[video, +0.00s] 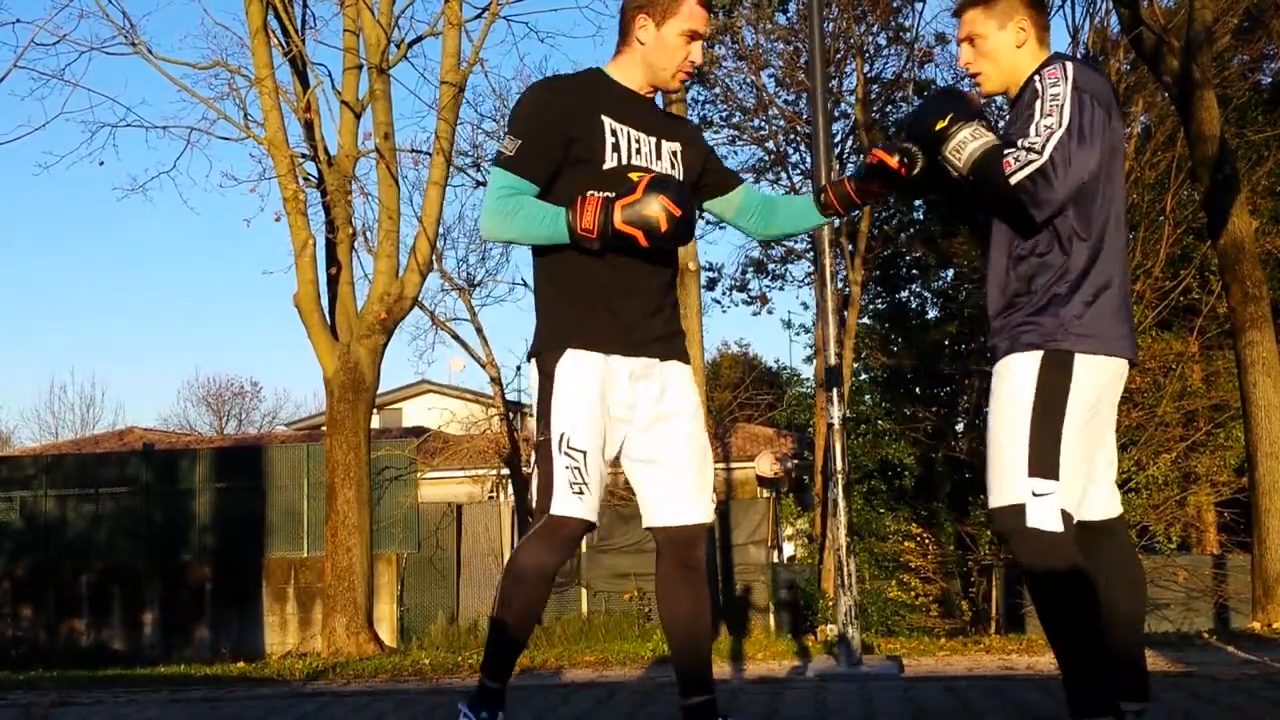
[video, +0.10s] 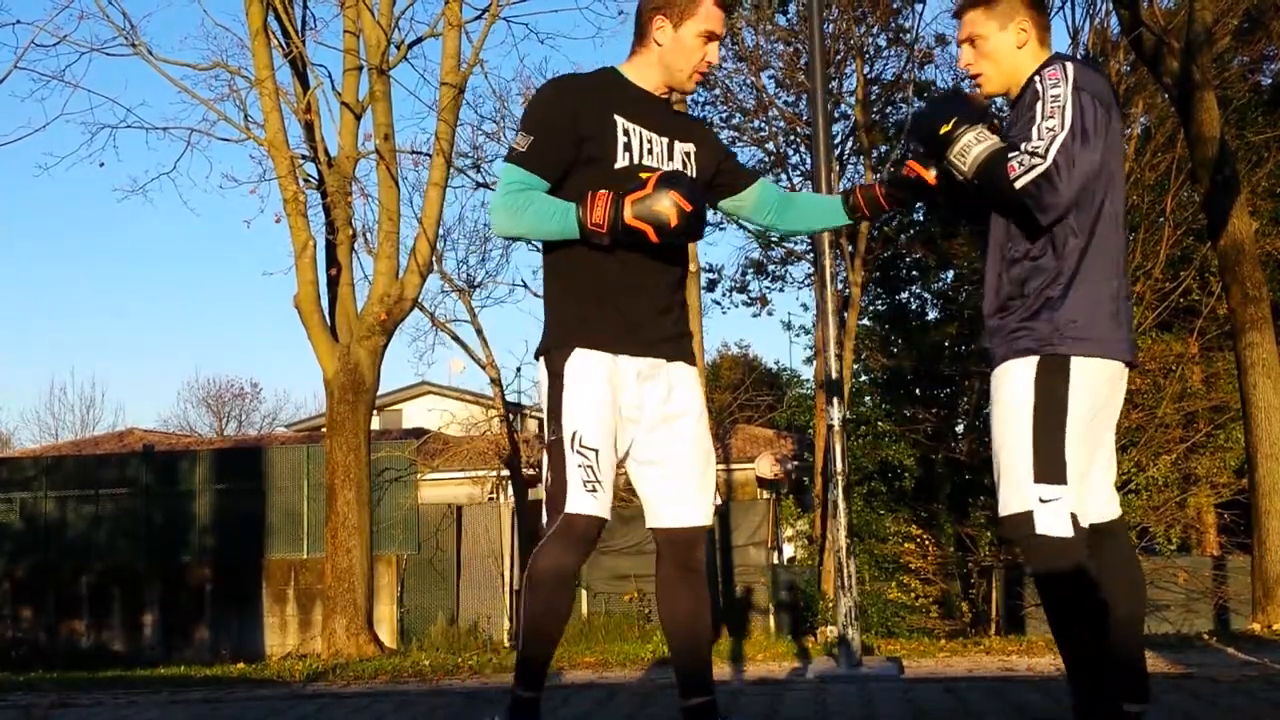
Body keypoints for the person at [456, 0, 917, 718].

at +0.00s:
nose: (700, 54)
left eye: (704, 41)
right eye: (692, 37)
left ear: (666, 38)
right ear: (644, 27)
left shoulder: (681, 136)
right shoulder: (556, 100)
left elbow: (759, 212)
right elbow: (498, 214)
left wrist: (846, 194)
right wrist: (596, 215)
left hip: (663, 353)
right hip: (579, 348)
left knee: (684, 526)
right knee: (565, 519)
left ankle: (698, 708)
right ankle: (486, 699)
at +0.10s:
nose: (714, 57)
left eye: (718, 43)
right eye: (707, 38)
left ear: (682, 38)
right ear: (659, 27)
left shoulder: (695, 139)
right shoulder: (571, 98)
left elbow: (774, 208)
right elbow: (508, 208)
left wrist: (878, 195)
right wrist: (609, 210)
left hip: (671, 358)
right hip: (585, 352)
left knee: (684, 531)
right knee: (578, 521)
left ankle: (699, 709)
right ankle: (525, 703)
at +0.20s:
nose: (722, 53)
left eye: (726, 39)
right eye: (714, 35)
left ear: (679, 33)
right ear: (666, 28)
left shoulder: (702, 136)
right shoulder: (575, 96)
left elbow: (788, 201)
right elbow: (517, 208)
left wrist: (895, 197)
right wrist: (629, 204)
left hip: (672, 353)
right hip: (588, 346)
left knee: (687, 528)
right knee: (581, 519)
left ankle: (699, 708)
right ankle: (519, 701)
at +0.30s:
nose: (716, 50)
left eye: (719, 36)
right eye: (709, 32)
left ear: (678, 29)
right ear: (659, 22)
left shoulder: (698, 130)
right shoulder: (572, 97)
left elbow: (780, 203)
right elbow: (525, 208)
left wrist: (881, 201)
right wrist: (632, 195)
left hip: (675, 353)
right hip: (589, 347)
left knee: (690, 524)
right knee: (573, 515)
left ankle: (700, 710)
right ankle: (496, 701)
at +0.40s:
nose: (705, 47)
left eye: (707, 31)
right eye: (697, 28)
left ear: (659, 26)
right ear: (647, 20)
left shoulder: (688, 130)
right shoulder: (563, 98)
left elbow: (748, 221)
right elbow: (528, 214)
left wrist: (831, 210)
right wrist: (634, 189)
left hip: (672, 355)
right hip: (585, 351)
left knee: (688, 531)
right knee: (556, 527)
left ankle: (700, 708)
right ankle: (472, 702)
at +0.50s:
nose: (686, 43)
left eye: (688, 27)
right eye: (677, 25)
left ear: (639, 23)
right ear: (628, 18)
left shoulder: (669, 131)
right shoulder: (545, 100)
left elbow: (696, 243)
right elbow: (517, 217)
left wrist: (782, 215)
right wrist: (620, 178)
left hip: (659, 355)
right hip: (572, 352)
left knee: (689, 529)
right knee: (545, 526)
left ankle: (701, 711)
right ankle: (461, 704)